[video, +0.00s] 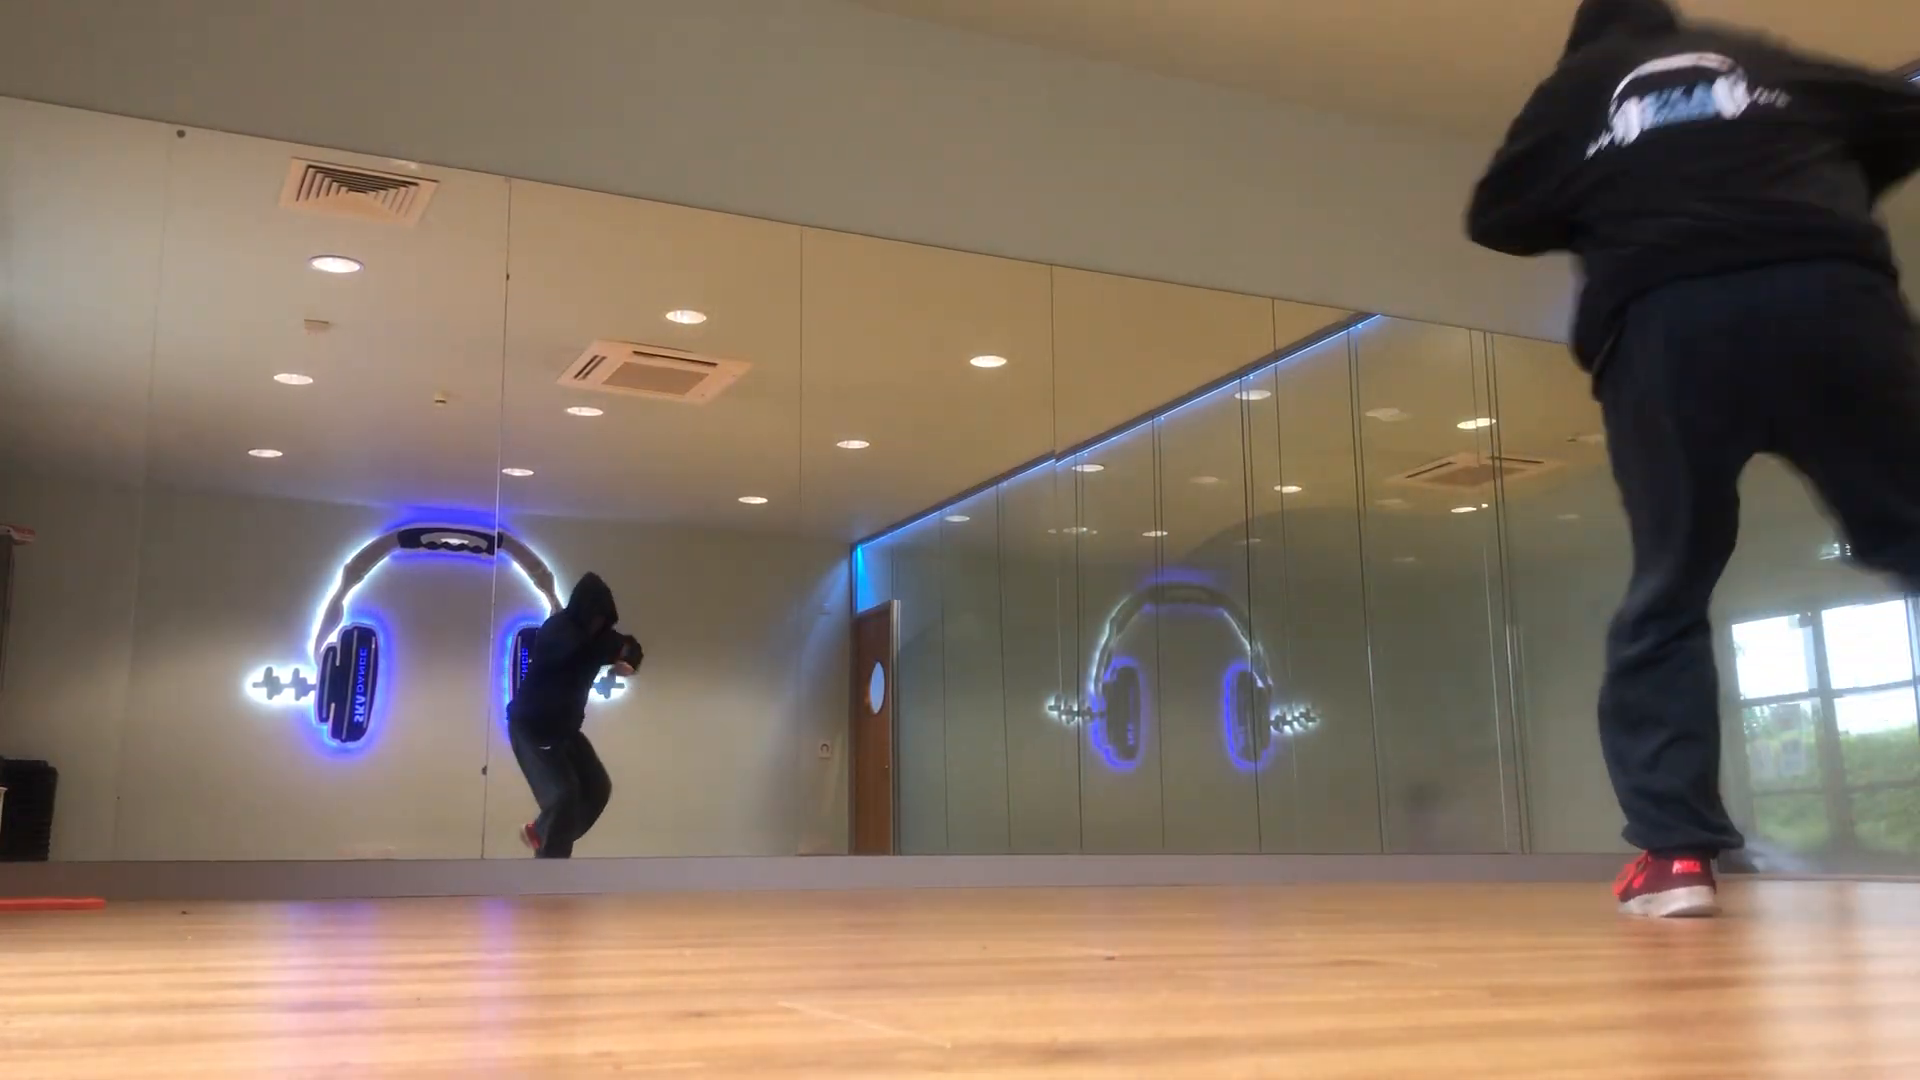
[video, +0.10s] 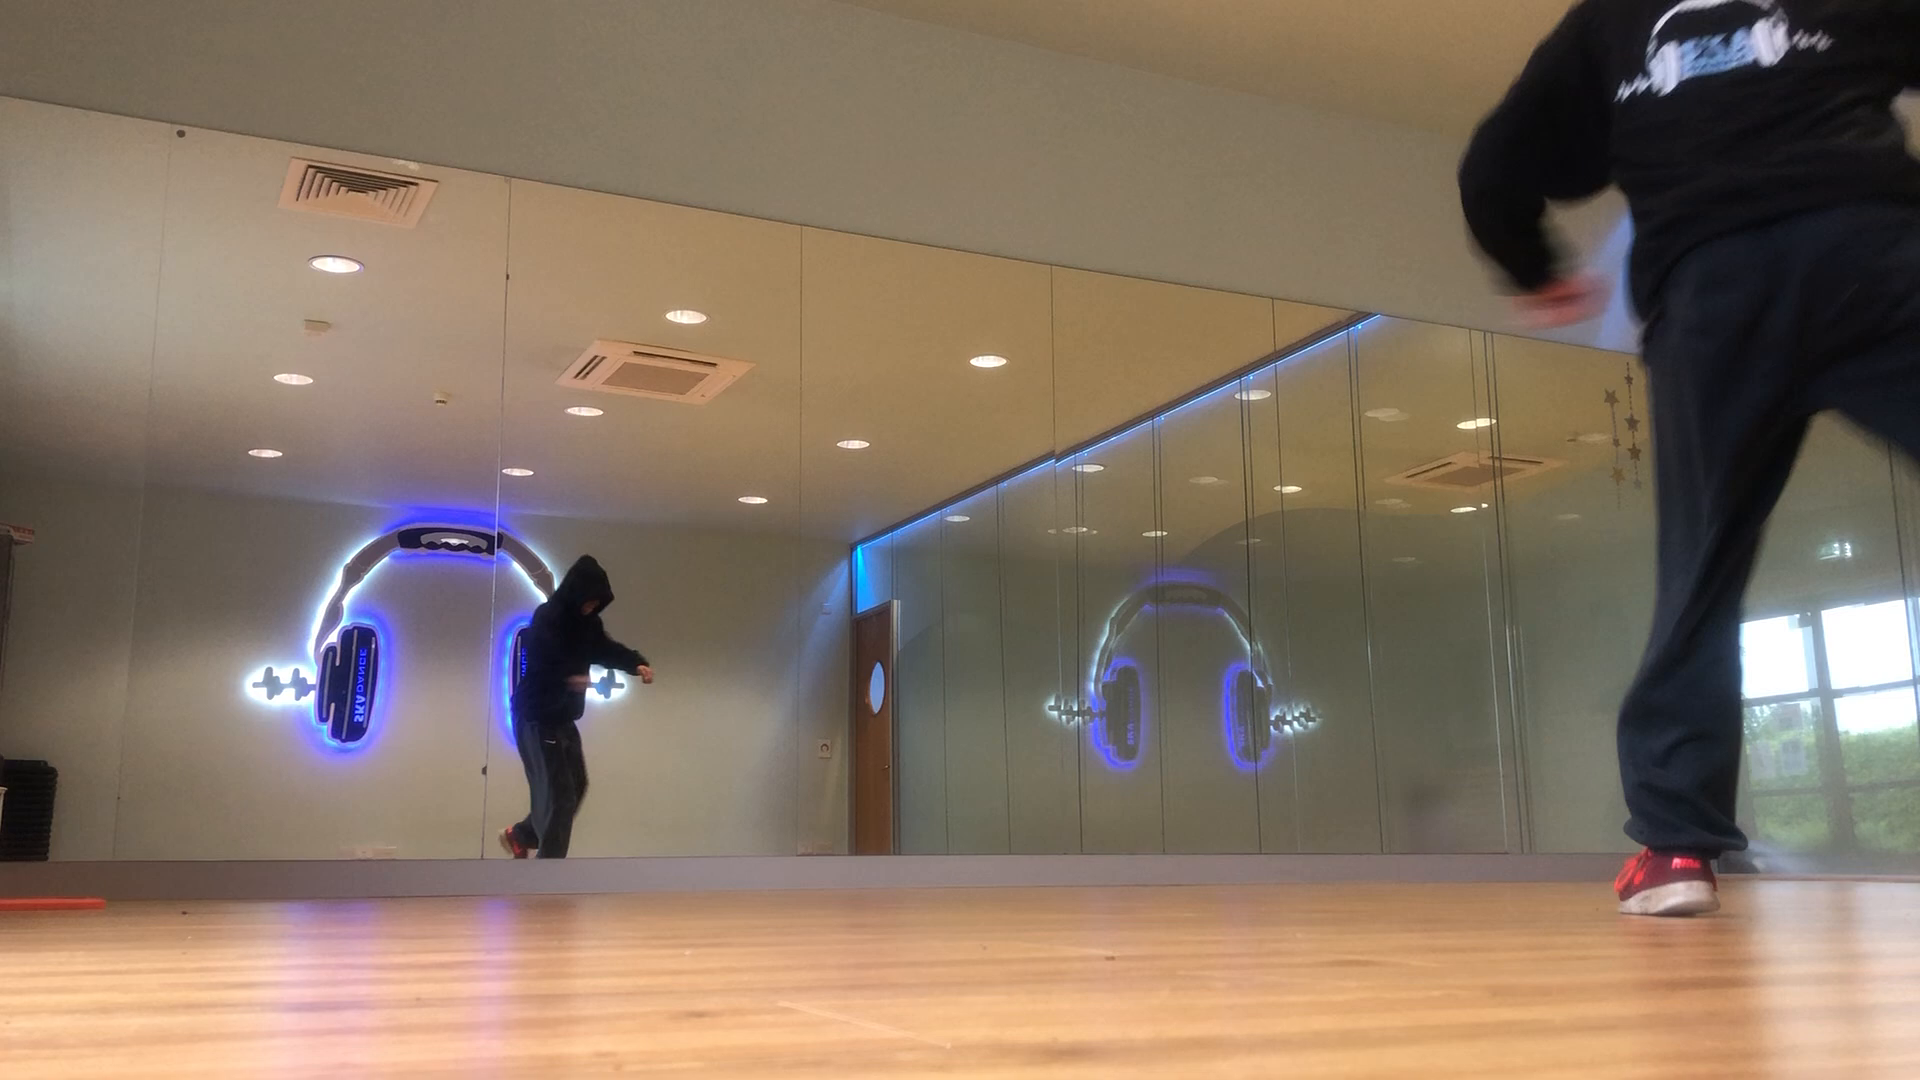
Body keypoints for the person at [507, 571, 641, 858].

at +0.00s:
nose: (598, 626)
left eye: (603, 621)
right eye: (594, 619)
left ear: (606, 618)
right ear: (581, 611)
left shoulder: (601, 636)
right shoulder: (555, 629)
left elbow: (629, 647)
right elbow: (575, 653)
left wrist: (628, 662)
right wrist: (611, 647)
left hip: (565, 730)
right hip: (530, 730)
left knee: (598, 788)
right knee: (563, 796)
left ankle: (540, 832)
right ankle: (550, 873)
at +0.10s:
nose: (594, 606)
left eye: (597, 601)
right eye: (591, 599)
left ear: (597, 600)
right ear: (577, 592)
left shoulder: (586, 622)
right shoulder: (548, 617)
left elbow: (604, 648)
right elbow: (538, 671)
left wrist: (635, 664)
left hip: (563, 718)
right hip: (535, 719)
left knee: (576, 786)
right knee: (556, 791)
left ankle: (521, 836)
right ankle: (547, 868)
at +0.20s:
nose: (591, 604)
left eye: (595, 600)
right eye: (591, 597)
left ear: (581, 591)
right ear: (580, 588)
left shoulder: (569, 615)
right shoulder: (550, 611)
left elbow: (556, 658)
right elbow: (515, 631)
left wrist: (585, 663)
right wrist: (484, 643)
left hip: (555, 714)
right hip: (542, 714)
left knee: (545, 786)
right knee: (555, 790)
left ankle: (512, 849)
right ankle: (547, 865)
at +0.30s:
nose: (587, 622)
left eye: (591, 618)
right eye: (588, 615)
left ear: (571, 603)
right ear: (578, 606)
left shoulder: (558, 629)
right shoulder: (548, 624)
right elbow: (506, 645)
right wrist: (458, 660)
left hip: (543, 729)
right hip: (539, 730)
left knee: (533, 804)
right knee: (556, 800)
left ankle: (507, 866)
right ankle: (544, 869)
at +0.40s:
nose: (589, 643)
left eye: (593, 639)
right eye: (590, 636)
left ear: (569, 625)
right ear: (580, 630)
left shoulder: (556, 650)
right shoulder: (547, 648)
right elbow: (509, 681)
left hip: (520, 743)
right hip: (523, 742)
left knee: (536, 814)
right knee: (558, 798)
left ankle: (499, 871)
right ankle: (546, 872)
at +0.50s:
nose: (590, 654)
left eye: (594, 650)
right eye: (590, 647)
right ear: (580, 640)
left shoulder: (562, 673)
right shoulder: (545, 655)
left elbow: (547, 732)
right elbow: (520, 682)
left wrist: (572, 755)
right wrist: (511, 710)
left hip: (525, 747)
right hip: (511, 743)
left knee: (536, 814)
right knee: (552, 793)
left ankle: (502, 872)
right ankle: (547, 869)